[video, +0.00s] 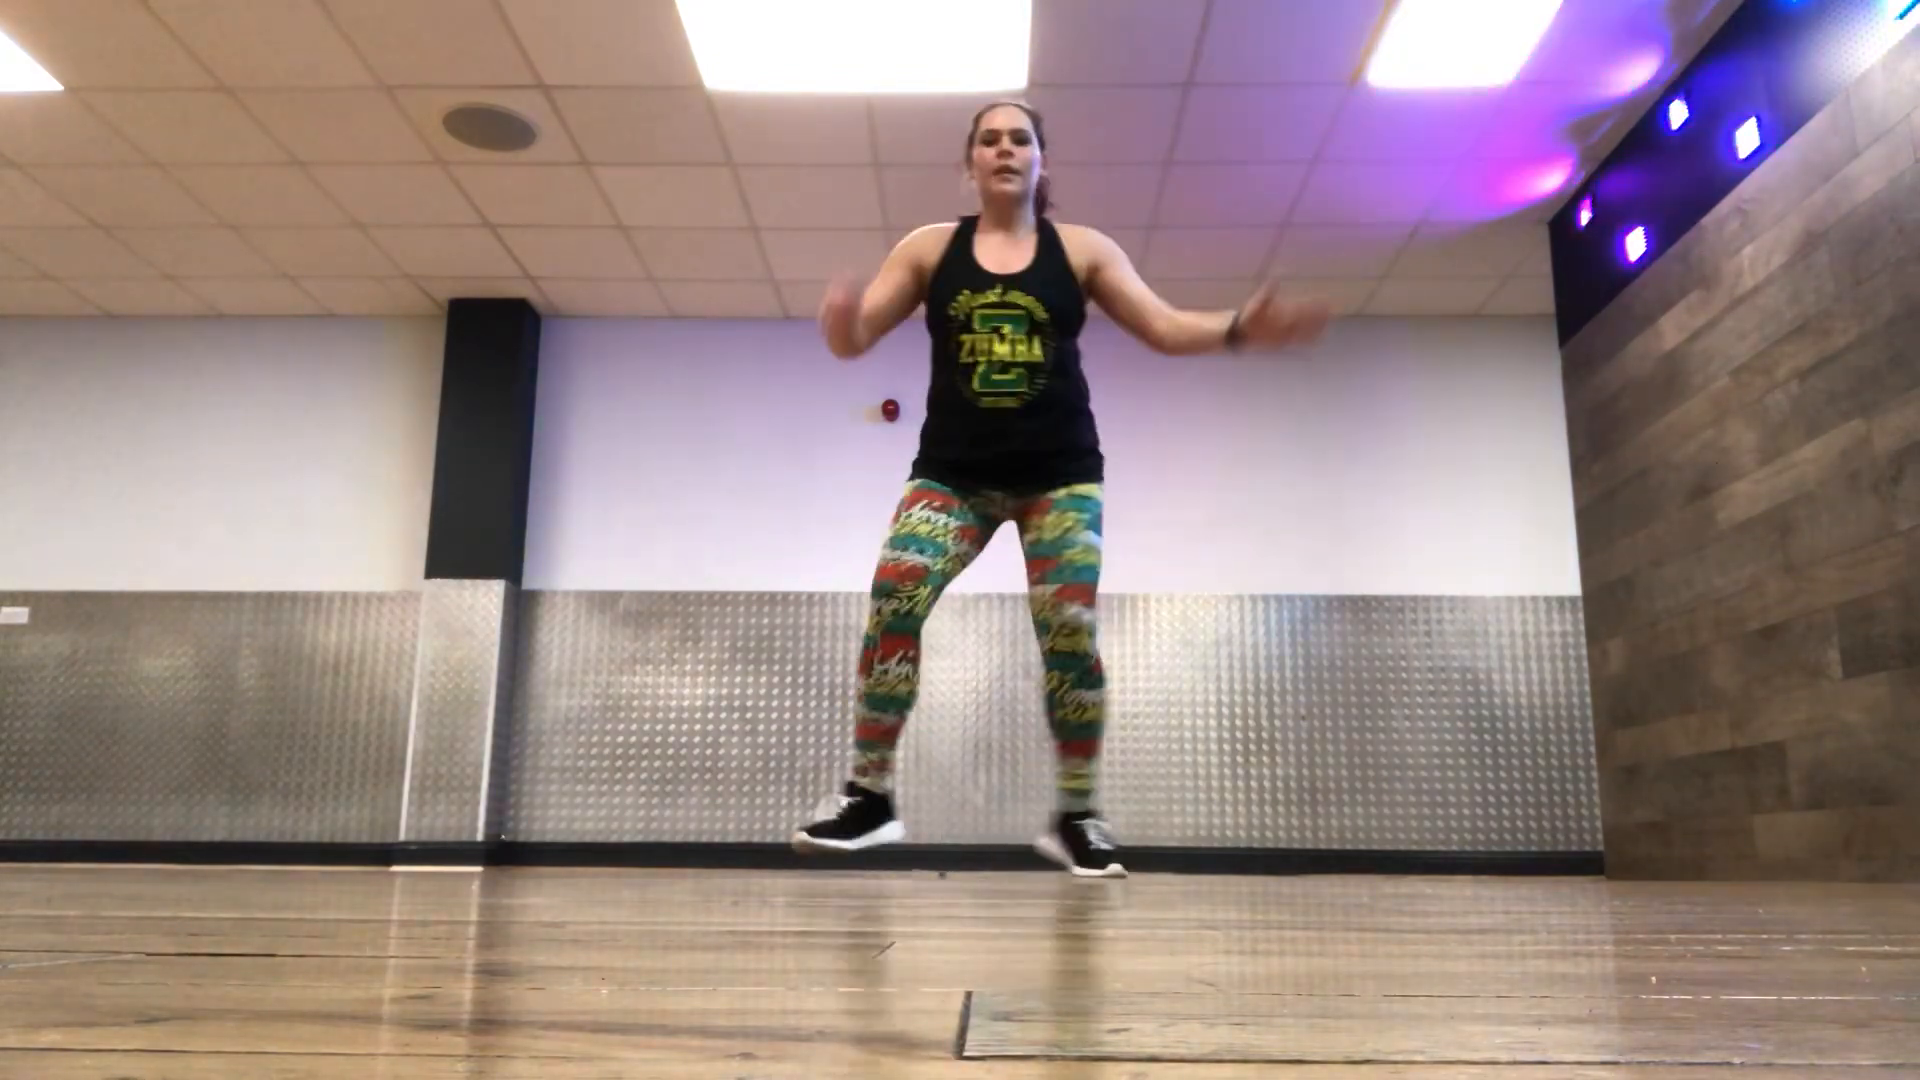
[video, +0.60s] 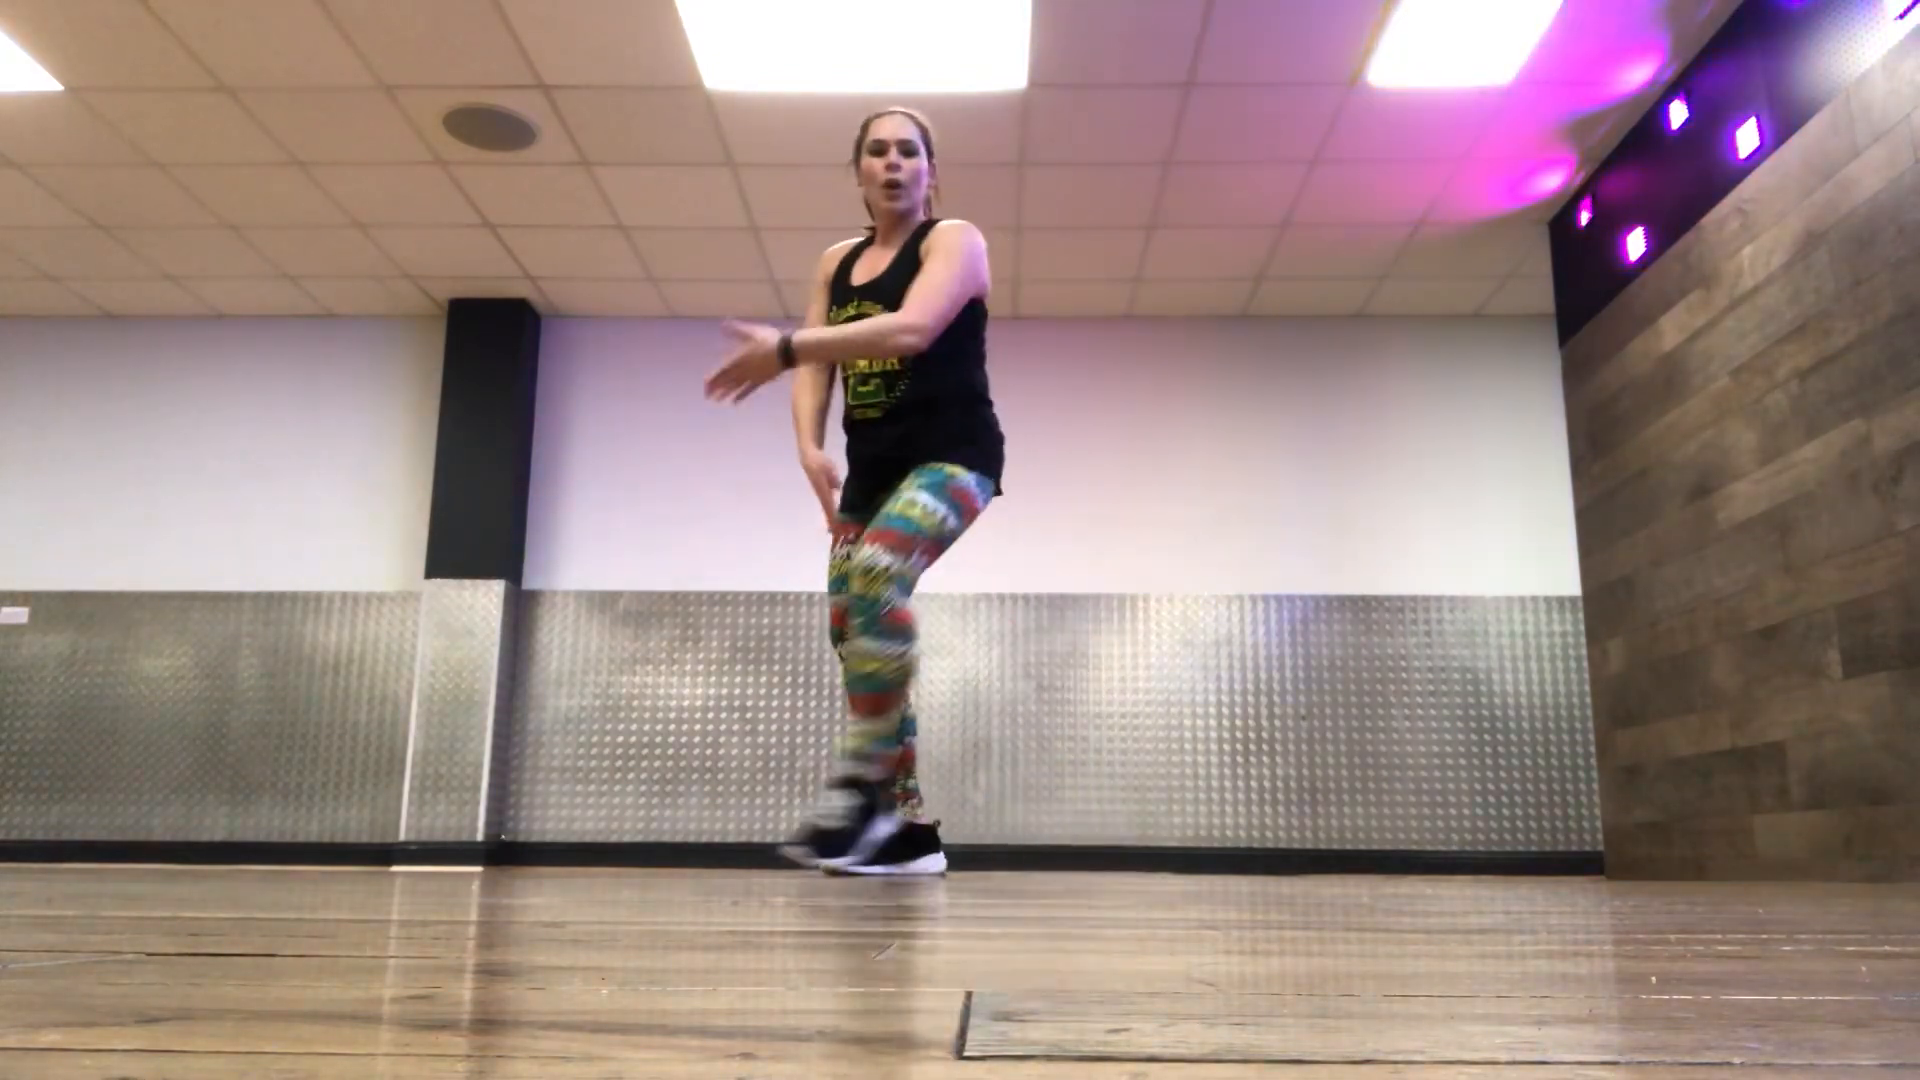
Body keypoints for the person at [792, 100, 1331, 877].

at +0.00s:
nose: (1005, 148)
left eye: (1019, 138)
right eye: (991, 139)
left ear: (1041, 162)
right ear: (969, 162)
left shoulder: (1081, 249)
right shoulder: (930, 247)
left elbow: (1166, 327)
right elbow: (852, 340)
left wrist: (1239, 326)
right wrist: (841, 314)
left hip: (1059, 472)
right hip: (956, 470)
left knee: (1068, 625)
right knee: (894, 595)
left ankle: (1078, 815)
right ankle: (868, 797)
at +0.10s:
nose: (988, 156)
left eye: (1003, 146)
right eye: (974, 146)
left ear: (1024, 168)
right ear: (952, 168)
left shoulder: (1063, 257)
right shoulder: (914, 256)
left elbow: (1127, 345)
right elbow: (864, 351)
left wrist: (1185, 401)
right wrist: (835, 392)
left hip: (1046, 483)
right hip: (945, 484)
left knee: (1067, 641)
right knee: (888, 611)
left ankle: (1112, 818)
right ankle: (900, 815)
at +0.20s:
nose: (965, 168)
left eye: (979, 157)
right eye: (950, 157)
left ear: (1001, 178)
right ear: (928, 177)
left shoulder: (1033, 266)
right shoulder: (893, 272)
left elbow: (1084, 370)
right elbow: (865, 374)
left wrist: (1085, 464)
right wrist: (847, 452)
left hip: (1024, 496)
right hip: (925, 501)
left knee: (1048, 652)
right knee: (882, 630)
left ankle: (1100, 823)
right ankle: (910, 828)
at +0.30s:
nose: (940, 170)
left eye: (954, 159)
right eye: (926, 159)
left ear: (976, 180)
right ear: (903, 180)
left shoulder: (1006, 265)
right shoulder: (874, 271)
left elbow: (1043, 373)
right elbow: (856, 381)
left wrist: (988, 461)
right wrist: (858, 472)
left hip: (989, 481)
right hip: (899, 488)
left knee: (1007, 638)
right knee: (866, 634)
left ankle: (1090, 804)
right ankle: (909, 828)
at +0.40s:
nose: (921, 171)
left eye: (934, 160)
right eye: (906, 160)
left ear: (955, 179)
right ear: (883, 180)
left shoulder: (982, 256)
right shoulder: (859, 271)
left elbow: (1002, 348)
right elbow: (838, 380)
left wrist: (910, 389)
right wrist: (843, 468)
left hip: (969, 467)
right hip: (886, 477)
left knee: (953, 599)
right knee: (858, 629)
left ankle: (1049, 771)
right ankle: (908, 827)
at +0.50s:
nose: (905, 167)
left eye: (919, 156)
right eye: (890, 156)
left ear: (941, 175)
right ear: (868, 176)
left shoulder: (968, 248)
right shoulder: (843, 270)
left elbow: (951, 332)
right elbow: (821, 374)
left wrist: (831, 342)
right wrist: (825, 462)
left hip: (960, 458)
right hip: (878, 474)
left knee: (904, 568)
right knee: (855, 624)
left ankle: (965, 763)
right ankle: (909, 821)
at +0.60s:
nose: (893, 163)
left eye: (908, 151)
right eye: (878, 152)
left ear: (931, 171)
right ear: (857, 172)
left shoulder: (956, 242)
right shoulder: (837, 264)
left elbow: (910, 332)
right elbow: (816, 358)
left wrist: (788, 346)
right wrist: (810, 444)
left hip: (953, 457)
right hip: (872, 470)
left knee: (872, 576)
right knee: (850, 621)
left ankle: (862, 786)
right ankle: (903, 821)